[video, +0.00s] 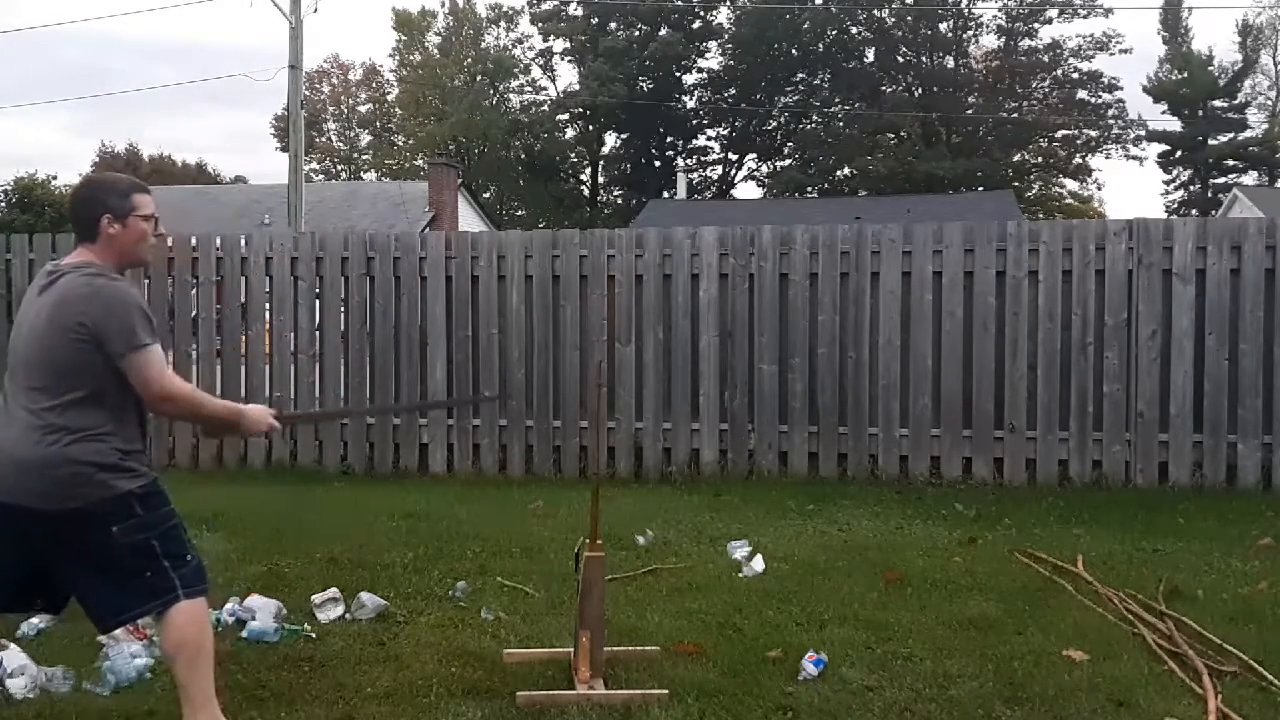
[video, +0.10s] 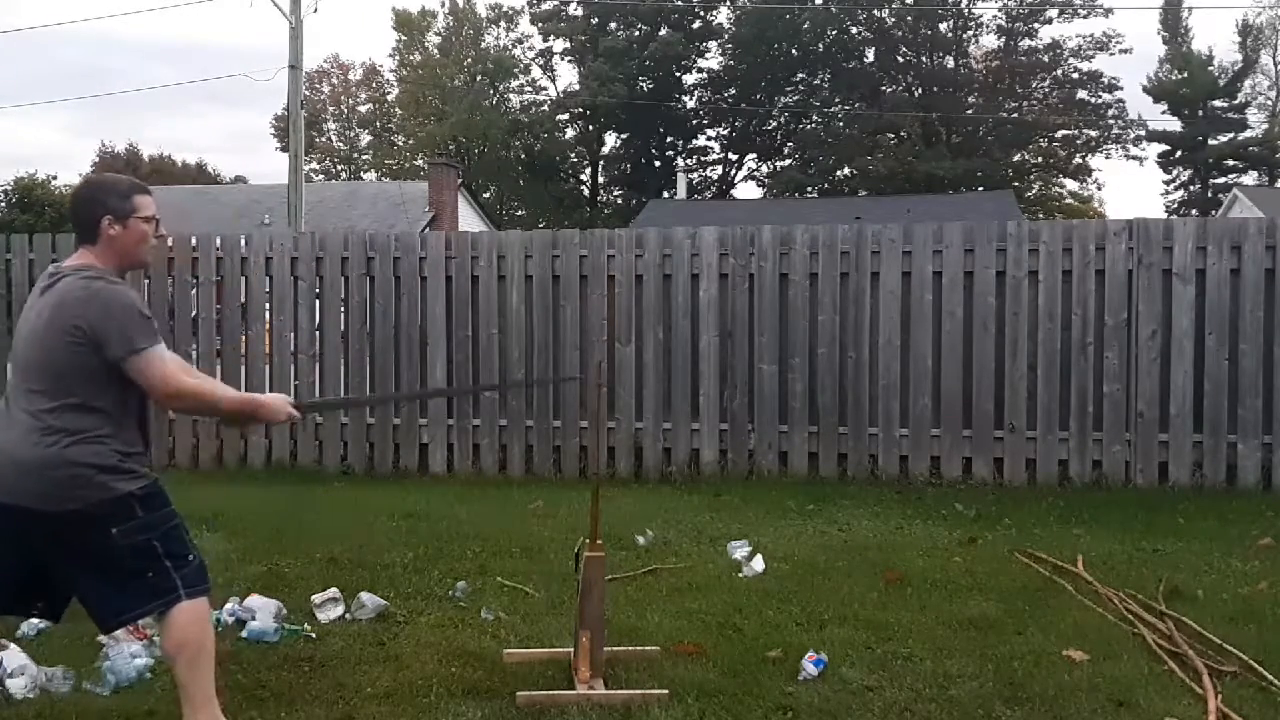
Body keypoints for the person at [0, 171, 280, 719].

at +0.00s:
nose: (156, 230)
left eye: (154, 219)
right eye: (148, 219)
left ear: (101, 227)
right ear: (110, 225)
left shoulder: (48, 282)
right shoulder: (109, 293)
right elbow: (161, 392)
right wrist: (240, 415)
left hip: (19, 478)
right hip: (95, 479)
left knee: (9, 602)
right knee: (182, 589)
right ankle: (204, 712)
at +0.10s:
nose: (158, 232)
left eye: (157, 221)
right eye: (149, 221)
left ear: (101, 228)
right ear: (110, 226)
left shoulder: (51, 285)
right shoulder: (107, 297)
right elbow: (171, 386)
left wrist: (213, 390)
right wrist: (255, 404)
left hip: (19, 479)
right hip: (95, 480)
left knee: (9, 604)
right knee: (184, 589)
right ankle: (204, 712)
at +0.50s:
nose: (161, 245)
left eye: (160, 234)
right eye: (152, 234)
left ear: (111, 240)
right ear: (113, 239)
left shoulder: (78, 287)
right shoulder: (103, 305)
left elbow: (190, 327)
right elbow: (194, 367)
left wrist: (273, 339)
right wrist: (285, 344)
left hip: (23, 490)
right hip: (95, 488)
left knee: (10, 610)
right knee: (185, 590)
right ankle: (204, 711)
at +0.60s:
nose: (158, 248)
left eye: (157, 238)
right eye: (150, 237)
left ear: (107, 241)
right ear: (110, 240)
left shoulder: (84, 285)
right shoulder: (93, 300)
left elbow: (194, 303)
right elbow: (198, 341)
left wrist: (271, 292)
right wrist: (276, 289)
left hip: (22, 487)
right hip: (90, 487)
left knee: (12, 612)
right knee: (186, 587)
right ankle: (204, 712)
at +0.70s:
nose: (153, 251)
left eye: (154, 241)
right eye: (147, 241)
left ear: (103, 242)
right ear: (107, 241)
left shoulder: (70, 285)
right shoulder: (85, 298)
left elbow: (189, 276)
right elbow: (193, 308)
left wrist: (255, 254)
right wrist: (251, 236)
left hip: (23, 483)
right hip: (86, 485)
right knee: (188, 586)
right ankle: (204, 713)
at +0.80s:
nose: (156, 255)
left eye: (157, 243)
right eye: (146, 243)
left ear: (100, 244)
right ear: (106, 243)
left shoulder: (65, 289)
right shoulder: (78, 297)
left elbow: (176, 289)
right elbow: (181, 281)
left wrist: (230, 221)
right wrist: (214, 195)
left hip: (25, 489)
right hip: (93, 489)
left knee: (9, 612)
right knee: (191, 587)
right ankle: (204, 713)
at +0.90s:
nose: (152, 253)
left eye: (152, 240)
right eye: (141, 241)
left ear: (107, 244)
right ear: (105, 243)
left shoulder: (94, 293)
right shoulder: (67, 297)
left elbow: (183, 260)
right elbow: (163, 266)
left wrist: (209, 195)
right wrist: (179, 171)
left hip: (36, 485)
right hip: (93, 485)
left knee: (13, 612)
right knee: (196, 585)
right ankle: (205, 713)